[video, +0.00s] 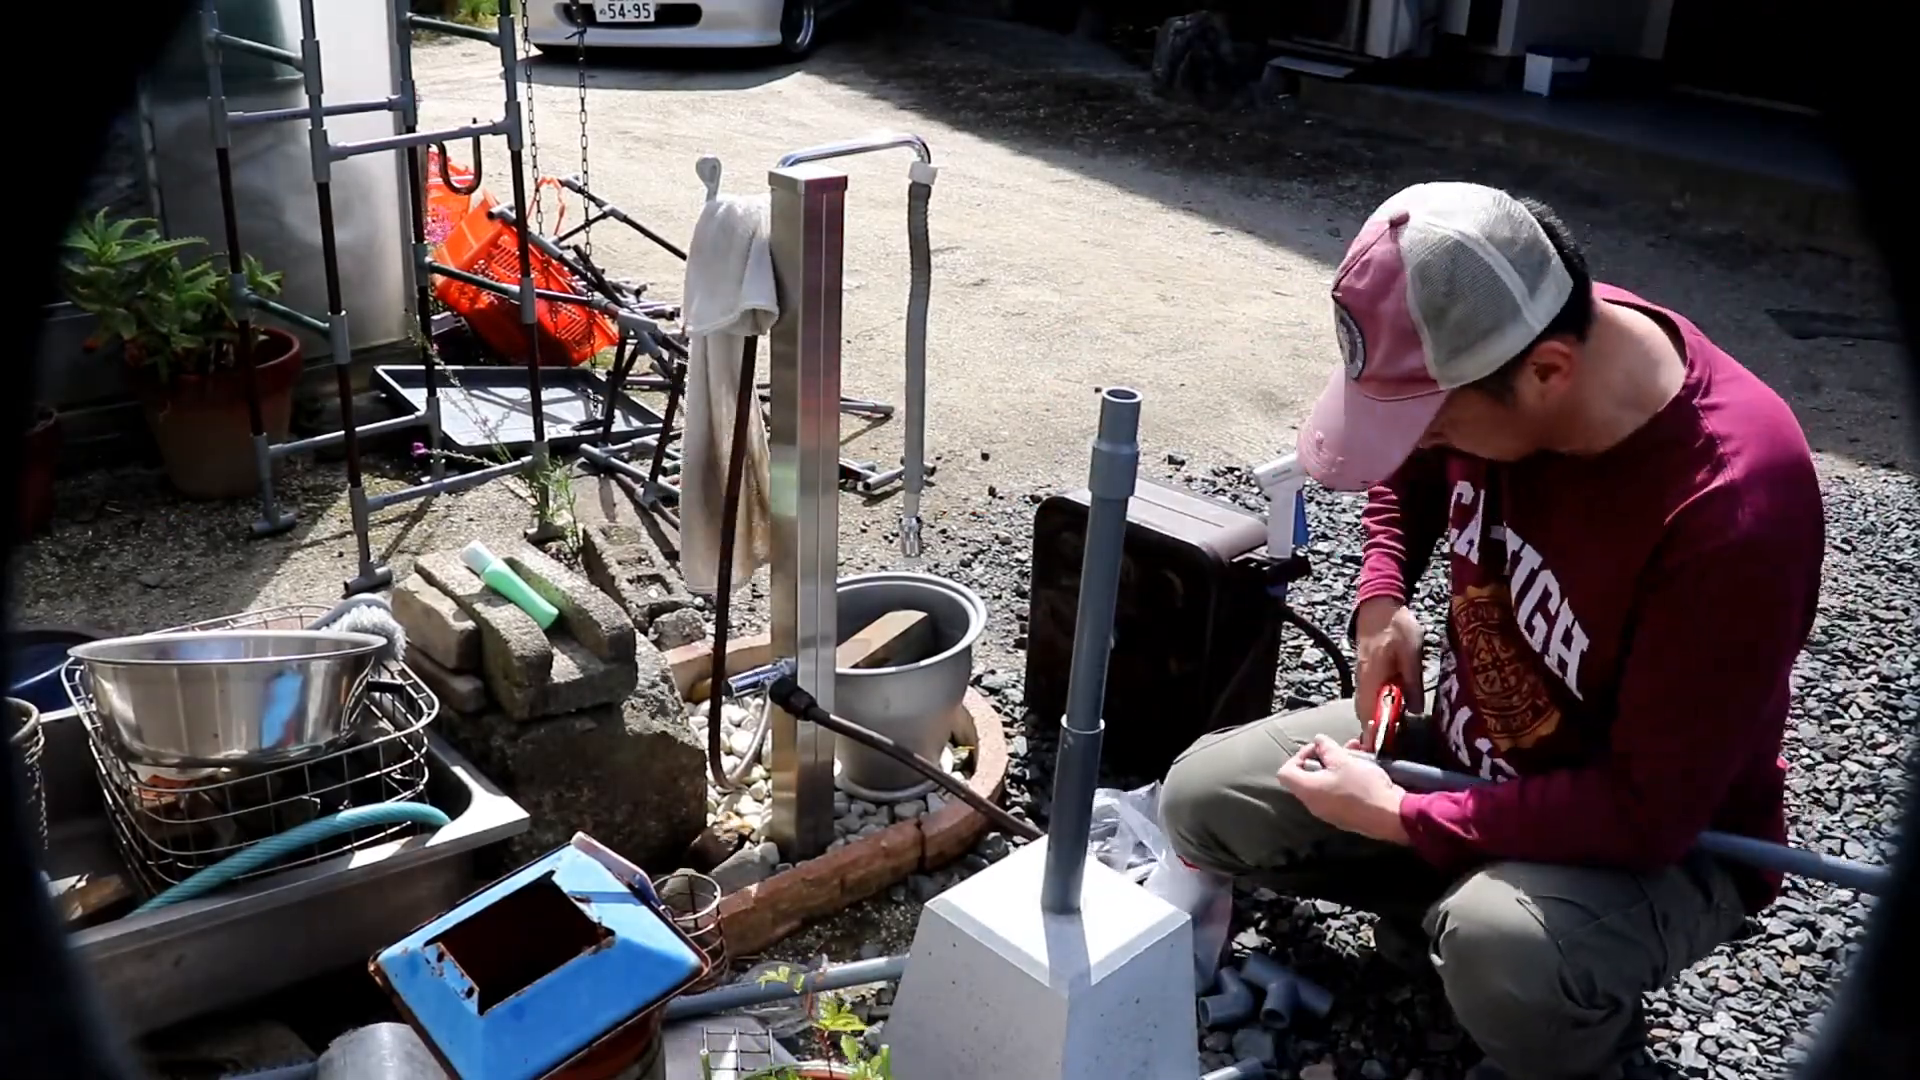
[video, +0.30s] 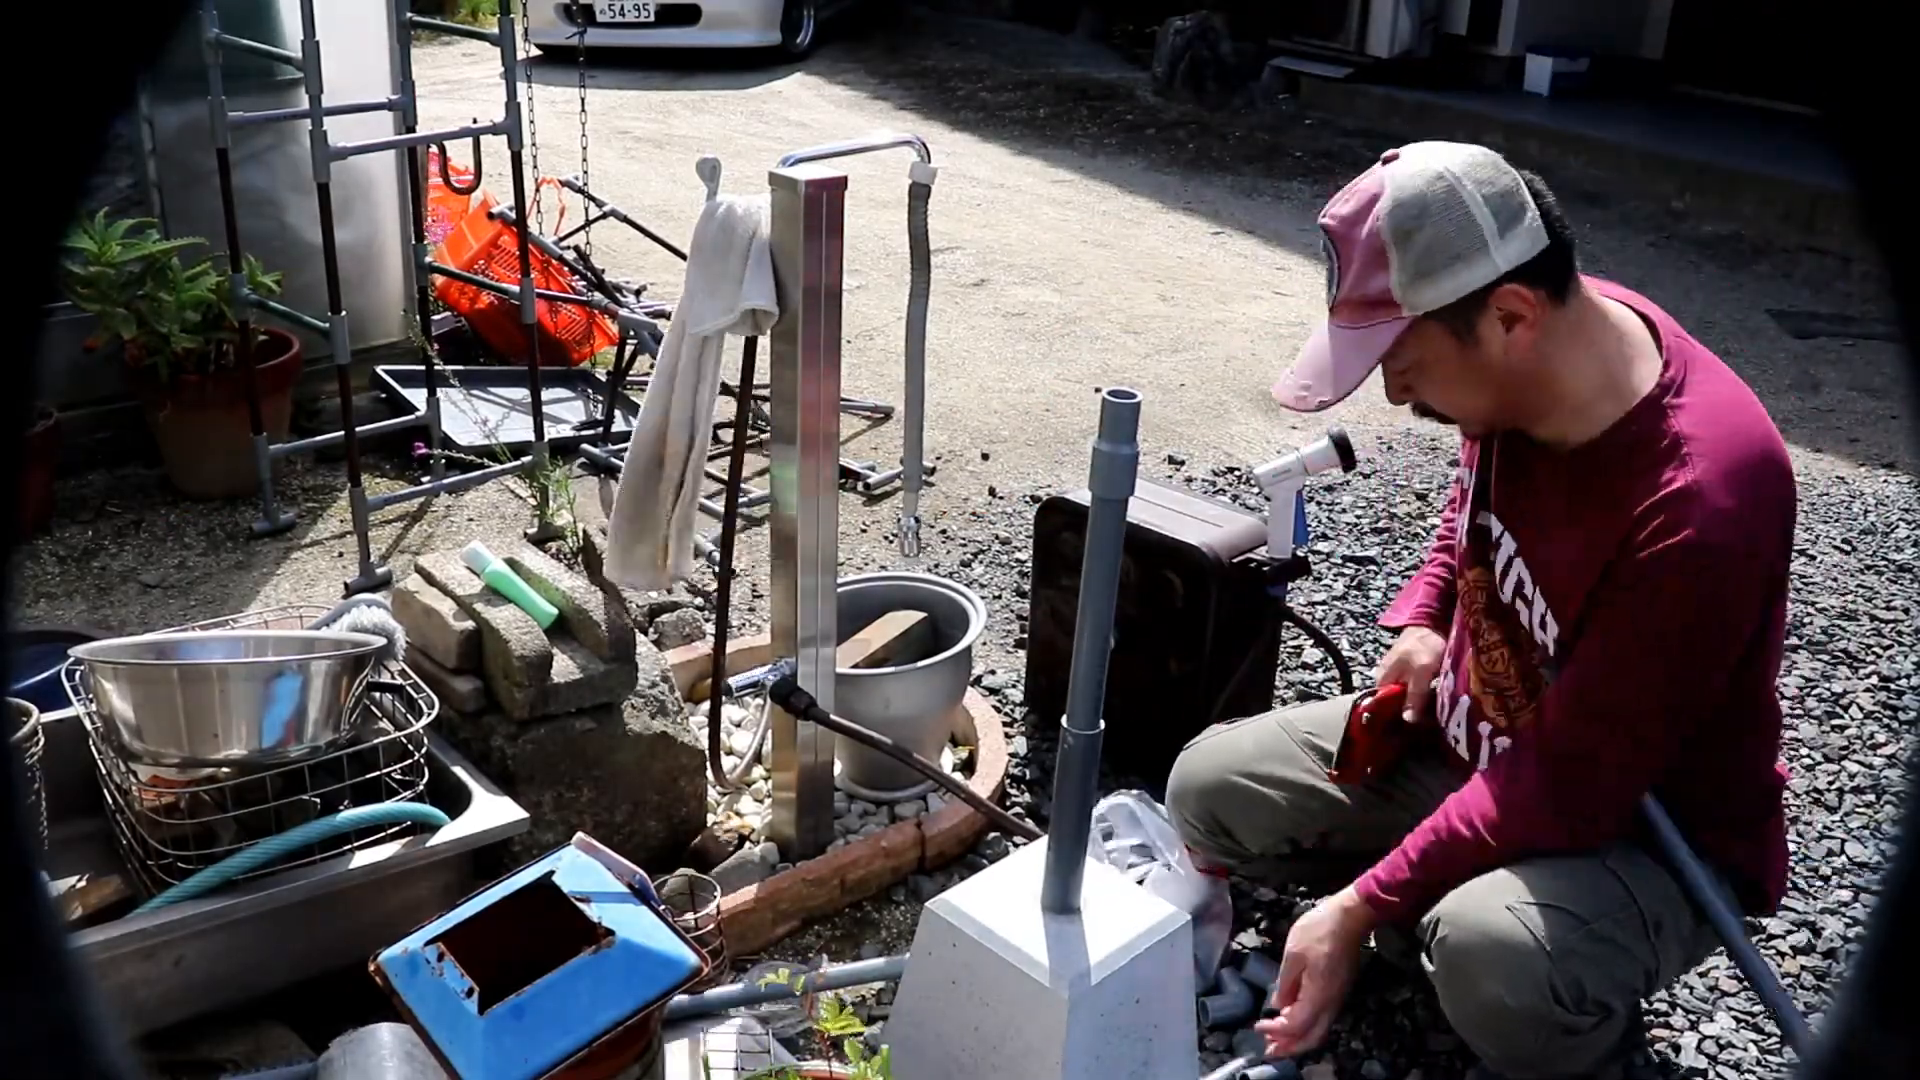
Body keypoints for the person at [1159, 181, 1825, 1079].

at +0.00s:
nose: (1425, 445)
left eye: (1440, 420)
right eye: (1409, 423)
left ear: (1548, 369)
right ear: (1553, 360)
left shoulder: (1741, 495)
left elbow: (1652, 808)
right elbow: (1403, 460)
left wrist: (1407, 813)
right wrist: (1381, 597)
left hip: (1663, 833)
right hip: (1478, 733)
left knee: (1496, 946)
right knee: (1201, 801)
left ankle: (1585, 1054)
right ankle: (1441, 892)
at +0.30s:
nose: (1396, 394)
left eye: (1406, 361)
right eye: (1387, 364)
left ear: (1512, 318)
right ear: (1511, 316)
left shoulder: (1702, 501)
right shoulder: (1541, 363)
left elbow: (1570, 779)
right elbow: (1467, 516)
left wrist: (1359, 908)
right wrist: (1422, 623)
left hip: (1655, 838)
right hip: (1484, 732)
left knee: (1485, 950)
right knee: (1211, 786)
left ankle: (1591, 1055)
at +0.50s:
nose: (1327, 359)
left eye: (1352, 322)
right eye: (1322, 326)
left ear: (1473, 302)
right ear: (1469, 305)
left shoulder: (1627, 444)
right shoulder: (1459, 393)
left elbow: (1450, 680)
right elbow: (1434, 584)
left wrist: (1230, 489)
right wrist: (1363, 701)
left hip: (1683, 856)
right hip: (1509, 773)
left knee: (1481, 928)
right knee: (1244, 749)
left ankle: (1572, 1053)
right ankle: (1447, 891)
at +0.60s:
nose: (1353, 326)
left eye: (1375, 283)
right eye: (1342, 290)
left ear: (1500, 261)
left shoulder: (1647, 391)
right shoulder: (1462, 393)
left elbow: (1483, 560)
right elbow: (1430, 583)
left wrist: (1269, 349)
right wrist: (1355, 698)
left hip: (1675, 851)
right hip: (1495, 762)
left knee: (1472, 930)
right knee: (1237, 753)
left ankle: (1573, 1049)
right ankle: (1463, 877)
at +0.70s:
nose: (1512, 236)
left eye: (1559, 219)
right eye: (1516, 201)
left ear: (1697, 262)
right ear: (1507, 176)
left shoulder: (1774, 435)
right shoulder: (1518, 321)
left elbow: (1483, 592)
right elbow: (1341, 445)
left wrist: (1184, 461)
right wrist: (1240, 396)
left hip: (1596, 869)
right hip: (1453, 749)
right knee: (1198, 808)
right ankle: (1430, 865)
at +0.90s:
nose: (1599, 182)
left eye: (1648, 163)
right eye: (1612, 145)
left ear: (1777, 228)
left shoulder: (1809, 452)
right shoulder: (1607, 311)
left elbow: (1502, 574)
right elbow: (1441, 446)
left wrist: (1191, 457)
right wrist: (1335, 359)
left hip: (1574, 873)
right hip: (1463, 739)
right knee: (1202, 827)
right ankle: (1443, 876)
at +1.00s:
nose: (1402, 310)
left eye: (1400, 271)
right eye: (1388, 279)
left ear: (1489, 233)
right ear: (1495, 236)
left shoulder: (1704, 382)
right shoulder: (1543, 343)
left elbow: (1487, 594)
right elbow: (1472, 559)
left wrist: (1198, 464)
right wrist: (1294, 614)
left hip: (1608, 867)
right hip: (1474, 755)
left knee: (1356, 1046)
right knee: (1234, 856)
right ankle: (1443, 879)